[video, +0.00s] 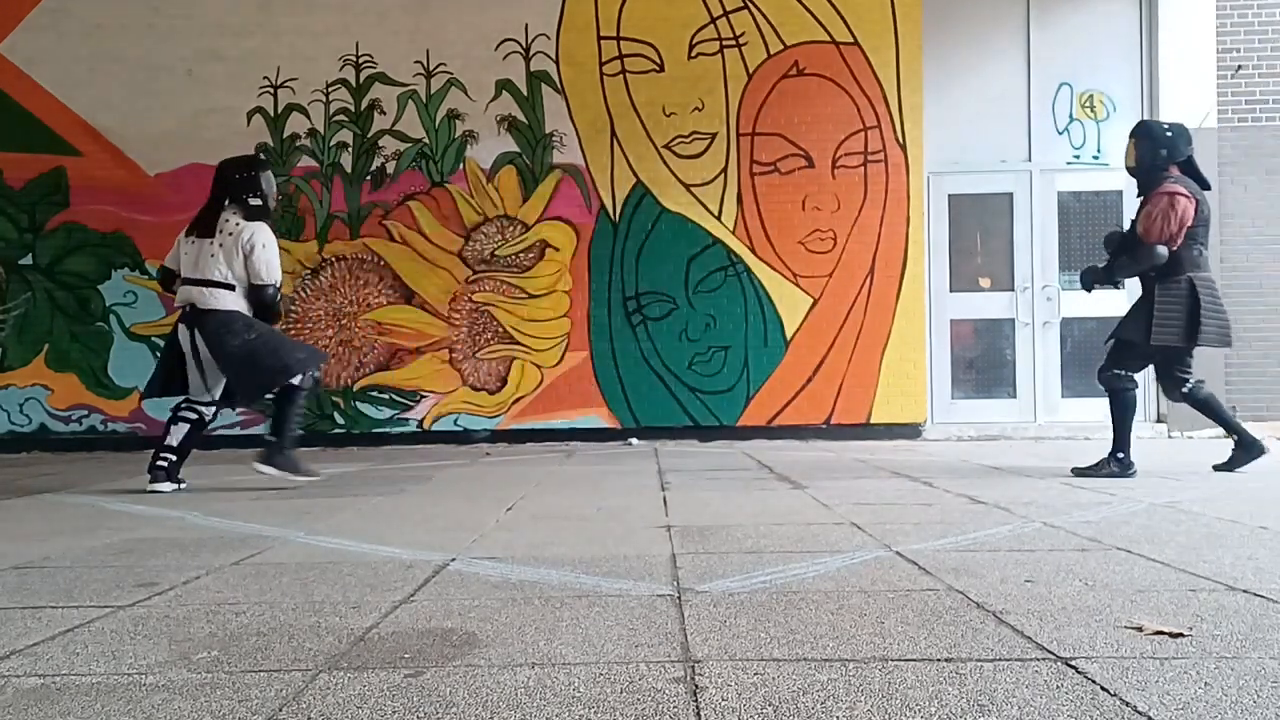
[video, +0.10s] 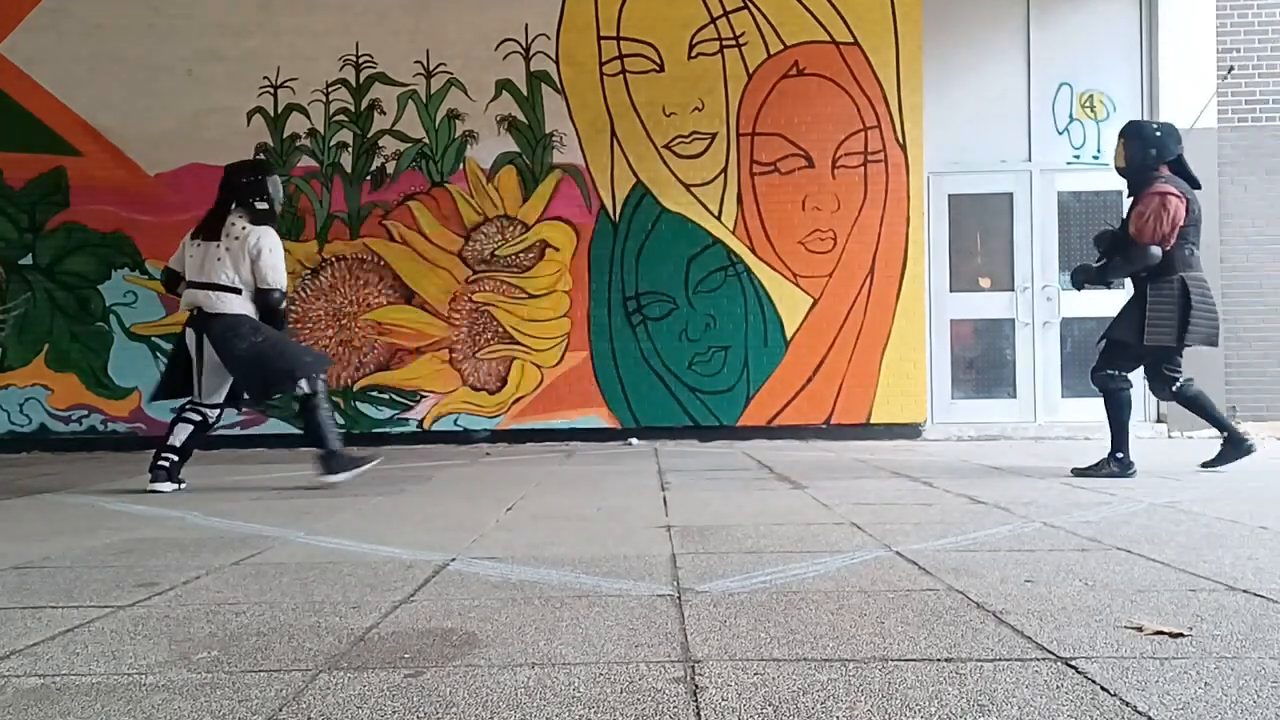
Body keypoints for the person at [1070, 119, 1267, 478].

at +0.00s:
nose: (1130, 156)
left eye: (1136, 149)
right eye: (1131, 148)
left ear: (1158, 154)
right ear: (1166, 155)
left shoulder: (1169, 195)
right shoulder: (1176, 189)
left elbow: (1152, 254)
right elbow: (1162, 244)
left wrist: (1105, 272)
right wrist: (1126, 242)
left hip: (1168, 297)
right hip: (1180, 296)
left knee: (1116, 373)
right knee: (1177, 383)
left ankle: (1120, 459)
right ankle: (1246, 442)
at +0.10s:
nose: (1119, 156)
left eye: (1124, 149)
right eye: (1119, 148)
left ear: (1147, 153)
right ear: (1155, 153)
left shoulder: (1159, 195)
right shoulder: (1168, 189)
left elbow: (1144, 255)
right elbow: (1151, 240)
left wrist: (1098, 273)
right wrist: (1117, 241)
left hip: (1159, 295)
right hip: (1172, 294)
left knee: (1110, 372)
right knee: (1166, 380)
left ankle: (1119, 458)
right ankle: (1234, 439)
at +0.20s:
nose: (1113, 158)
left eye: (1118, 151)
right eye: (1113, 151)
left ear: (1141, 155)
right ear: (1150, 156)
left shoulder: (1155, 196)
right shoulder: (1167, 190)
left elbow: (1141, 255)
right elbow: (1150, 244)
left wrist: (1092, 272)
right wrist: (1112, 242)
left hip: (1157, 297)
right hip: (1173, 296)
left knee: (1108, 371)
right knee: (1164, 383)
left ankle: (1119, 458)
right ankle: (1220, 449)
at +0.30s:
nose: (1112, 162)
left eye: (1118, 154)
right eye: (1112, 154)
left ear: (1141, 158)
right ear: (1149, 159)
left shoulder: (1155, 199)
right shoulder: (1163, 193)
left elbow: (1138, 258)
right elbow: (1143, 247)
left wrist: (1091, 274)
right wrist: (1110, 247)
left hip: (1158, 299)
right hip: (1171, 298)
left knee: (1106, 370)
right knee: (1170, 385)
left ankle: (1119, 458)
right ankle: (1222, 452)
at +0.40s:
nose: (1110, 165)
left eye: (1116, 157)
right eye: (1110, 157)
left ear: (1140, 159)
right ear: (1146, 160)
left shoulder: (1155, 201)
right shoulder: (1154, 195)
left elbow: (1137, 262)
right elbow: (1139, 248)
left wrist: (1091, 278)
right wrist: (1109, 248)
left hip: (1160, 298)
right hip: (1169, 297)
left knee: (1103, 365)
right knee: (1171, 386)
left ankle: (1117, 453)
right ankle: (1222, 453)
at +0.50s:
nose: (1104, 166)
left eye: (1110, 158)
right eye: (1104, 158)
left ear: (1135, 161)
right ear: (1139, 162)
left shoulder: (1151, 203)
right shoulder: (1140, 198)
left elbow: (1135, 264)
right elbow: (1131, 250)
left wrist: (1085, 280)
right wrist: (1101, 252)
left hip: (1158, 299)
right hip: (1160, 298)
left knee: (1106, 365)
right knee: (1170, 386)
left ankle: (1116, 455)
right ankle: (1222, 452)